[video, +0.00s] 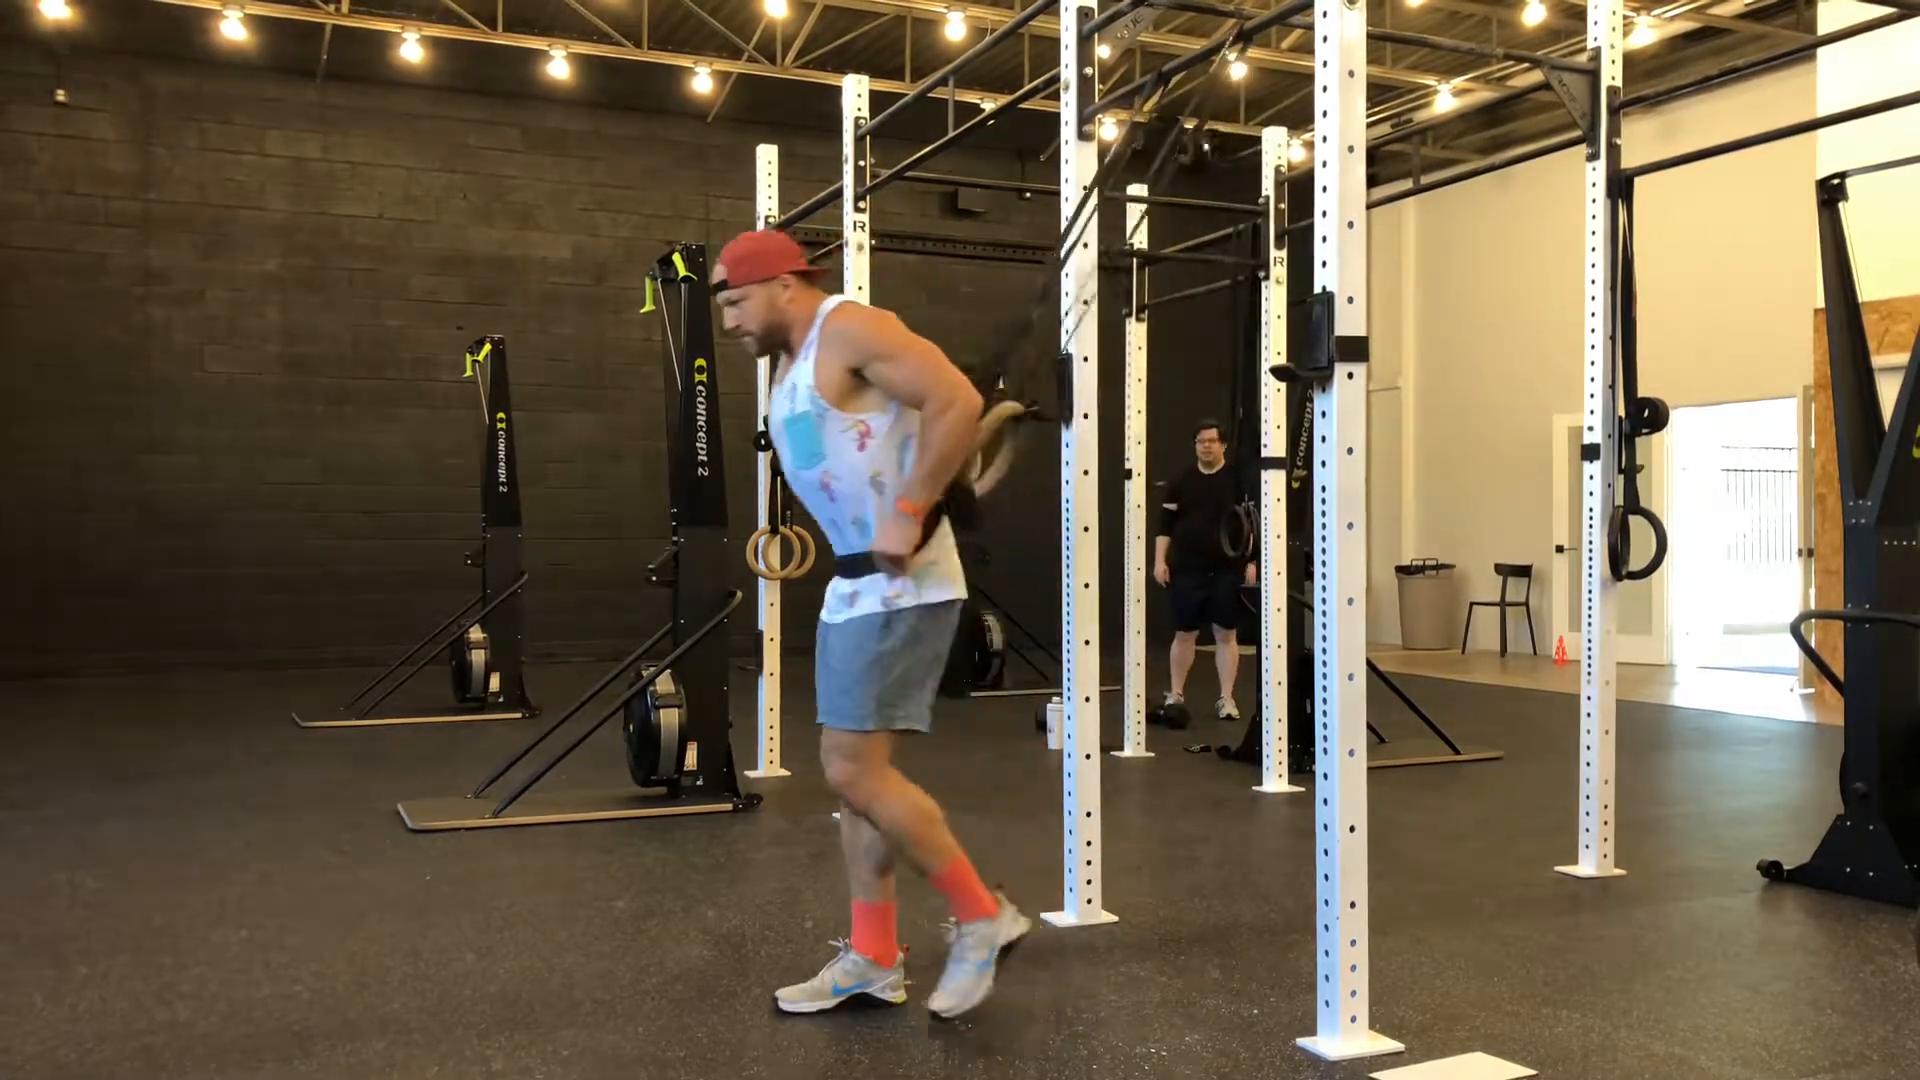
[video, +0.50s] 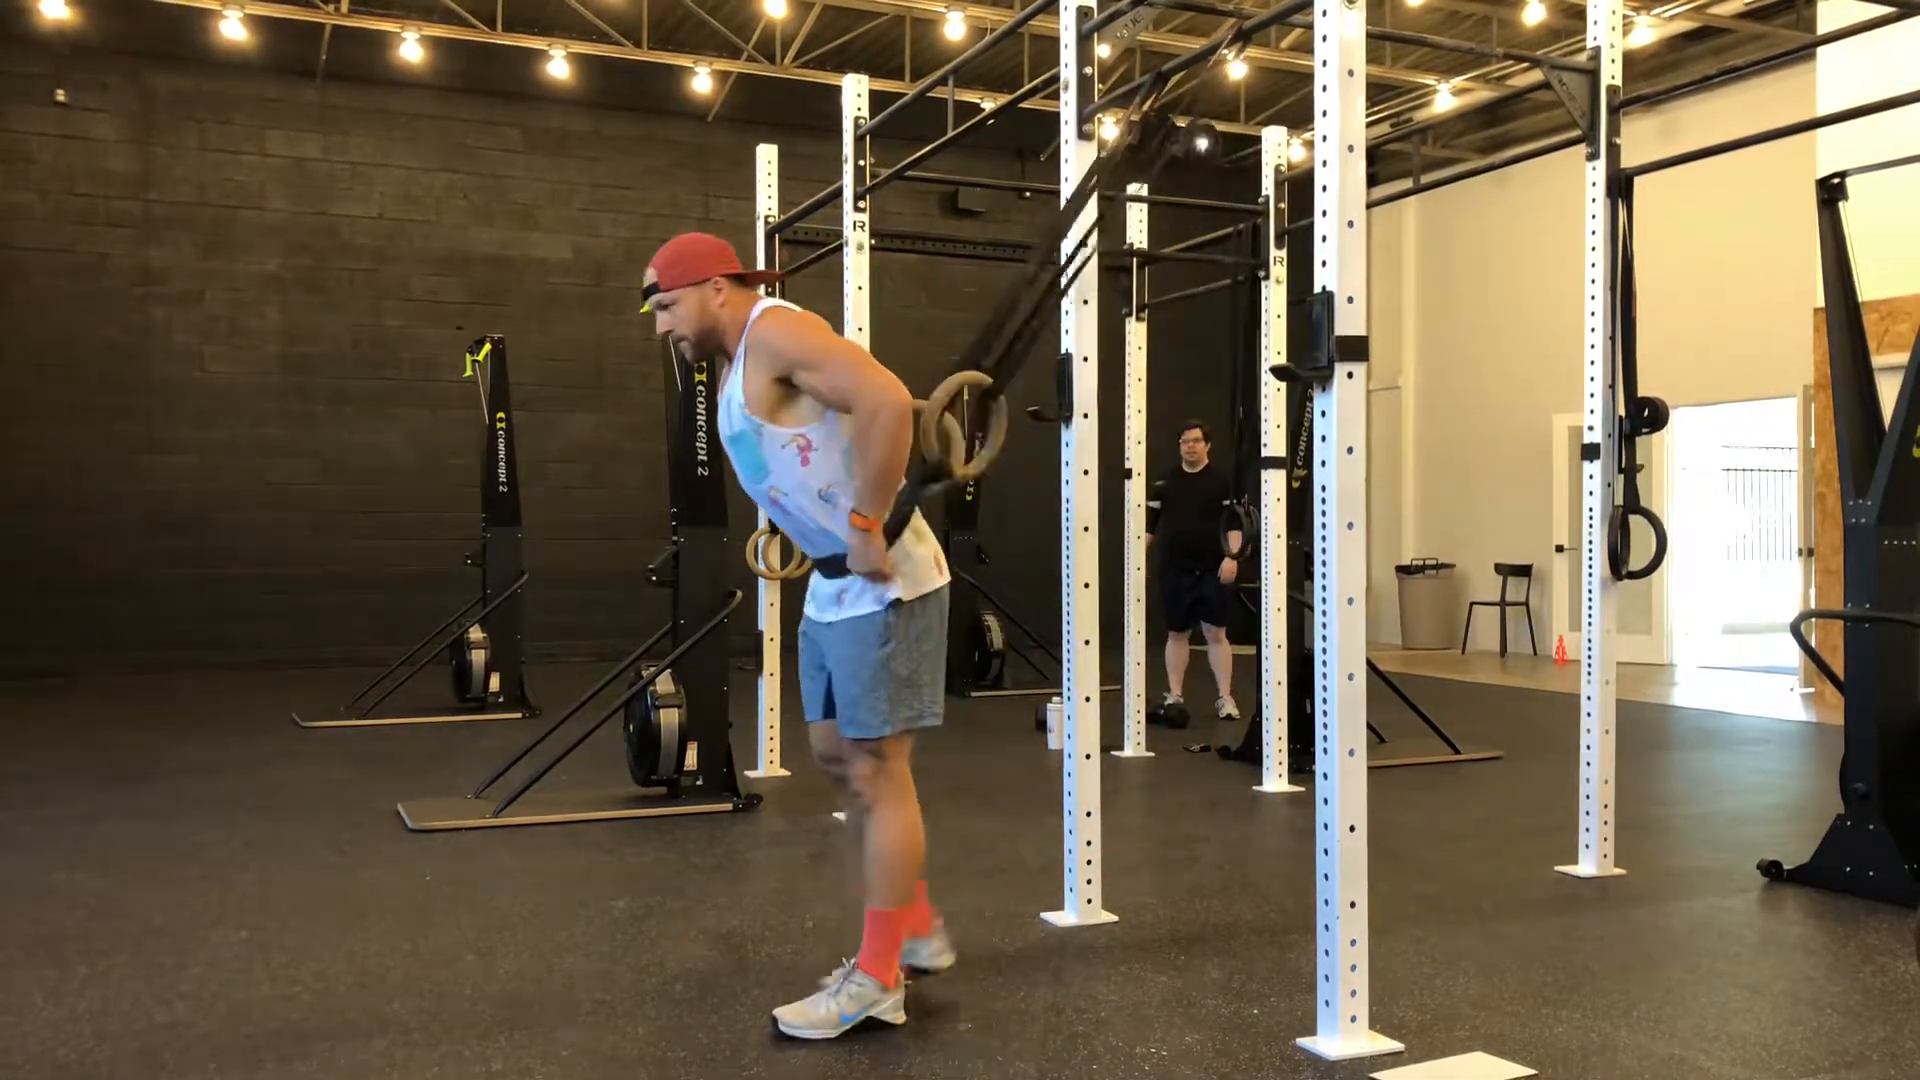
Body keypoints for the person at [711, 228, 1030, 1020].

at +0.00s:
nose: (727, 315)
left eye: (735, 296)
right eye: (724, 299)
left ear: (784, 286)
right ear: (772, 293)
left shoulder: (850, 327)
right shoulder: (796, 366)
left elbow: (959, 403)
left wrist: (908, 512)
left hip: (901, 586)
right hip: (857, 586)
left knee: (855, 768)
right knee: (856, 772)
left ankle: (985, 917)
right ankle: (873, 957)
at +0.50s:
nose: (658, 323)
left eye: (664, 302)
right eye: (654, 306)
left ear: (717, 288)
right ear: (702, 297)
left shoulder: (775, 330)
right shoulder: (742, 358)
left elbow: (889, 405)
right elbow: (833, 426)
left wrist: (869, 524)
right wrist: (814, 529)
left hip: (883, 586)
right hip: (830, 586)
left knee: (879, 770)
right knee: (835, 751)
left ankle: (878, 976)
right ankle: (918, 923)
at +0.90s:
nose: (641, 338)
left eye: (648, 317)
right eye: (638, 322)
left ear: (702, 309)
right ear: (690, 315)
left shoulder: (777, 360)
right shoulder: (716, 395)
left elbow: (895, 437)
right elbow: (751, 503)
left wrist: (915, 564)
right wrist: (708, 581)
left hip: (868, 587)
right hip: (843, 590)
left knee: (807, 773)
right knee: (921, 756)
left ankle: (865, 972)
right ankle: (1029, 893)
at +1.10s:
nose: (600, 392)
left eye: (606, 372)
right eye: (595, 376)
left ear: (659, 353)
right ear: (650, 361)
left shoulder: (745, 400)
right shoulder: (678, 438)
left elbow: (868, 471)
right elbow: (701, 540)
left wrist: (892, 596)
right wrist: (622, 567)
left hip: (850, 611)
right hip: (824, 615)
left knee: (763, 789)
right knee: (912, 775)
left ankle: (855, 960)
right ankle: (1032, 895)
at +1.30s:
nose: (547, 457)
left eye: (550, 438)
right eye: (540, 444)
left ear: (597, 410)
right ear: (586, 422)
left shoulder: (687, 445)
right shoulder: (627, 498)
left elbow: (830, 488)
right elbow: (593, 575)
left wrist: (892, 602)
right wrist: (527, 554)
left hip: (830, 623)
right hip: (830, 626)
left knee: (732, 798)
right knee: (917, 778)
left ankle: (850, 957)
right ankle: (1044, 896)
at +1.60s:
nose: (528, 569)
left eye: (527, 552)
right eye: (522, 557)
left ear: (564, 520)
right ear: (558, 528)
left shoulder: (668, 527)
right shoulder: (610, 591)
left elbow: (823, 524)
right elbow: (559, 670)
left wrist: (916, 603)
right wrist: (498, 651)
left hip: (836, 662)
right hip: (838, 665)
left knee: (719, 822)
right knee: (919, 831)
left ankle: (855, 962)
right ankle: (1069, 909)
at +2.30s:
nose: (507, 564)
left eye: (511, 546)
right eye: (500, 552)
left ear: (557, 522)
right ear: (534, 537)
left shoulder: (630, 550)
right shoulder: (583, 602)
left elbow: (775, 557)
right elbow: (531, 684)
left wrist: (871, 643)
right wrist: (455, 712)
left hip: (821, 670)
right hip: (829, 671)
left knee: (705, 836)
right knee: (885, 845)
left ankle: (848, 957)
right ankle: (1056, 898)